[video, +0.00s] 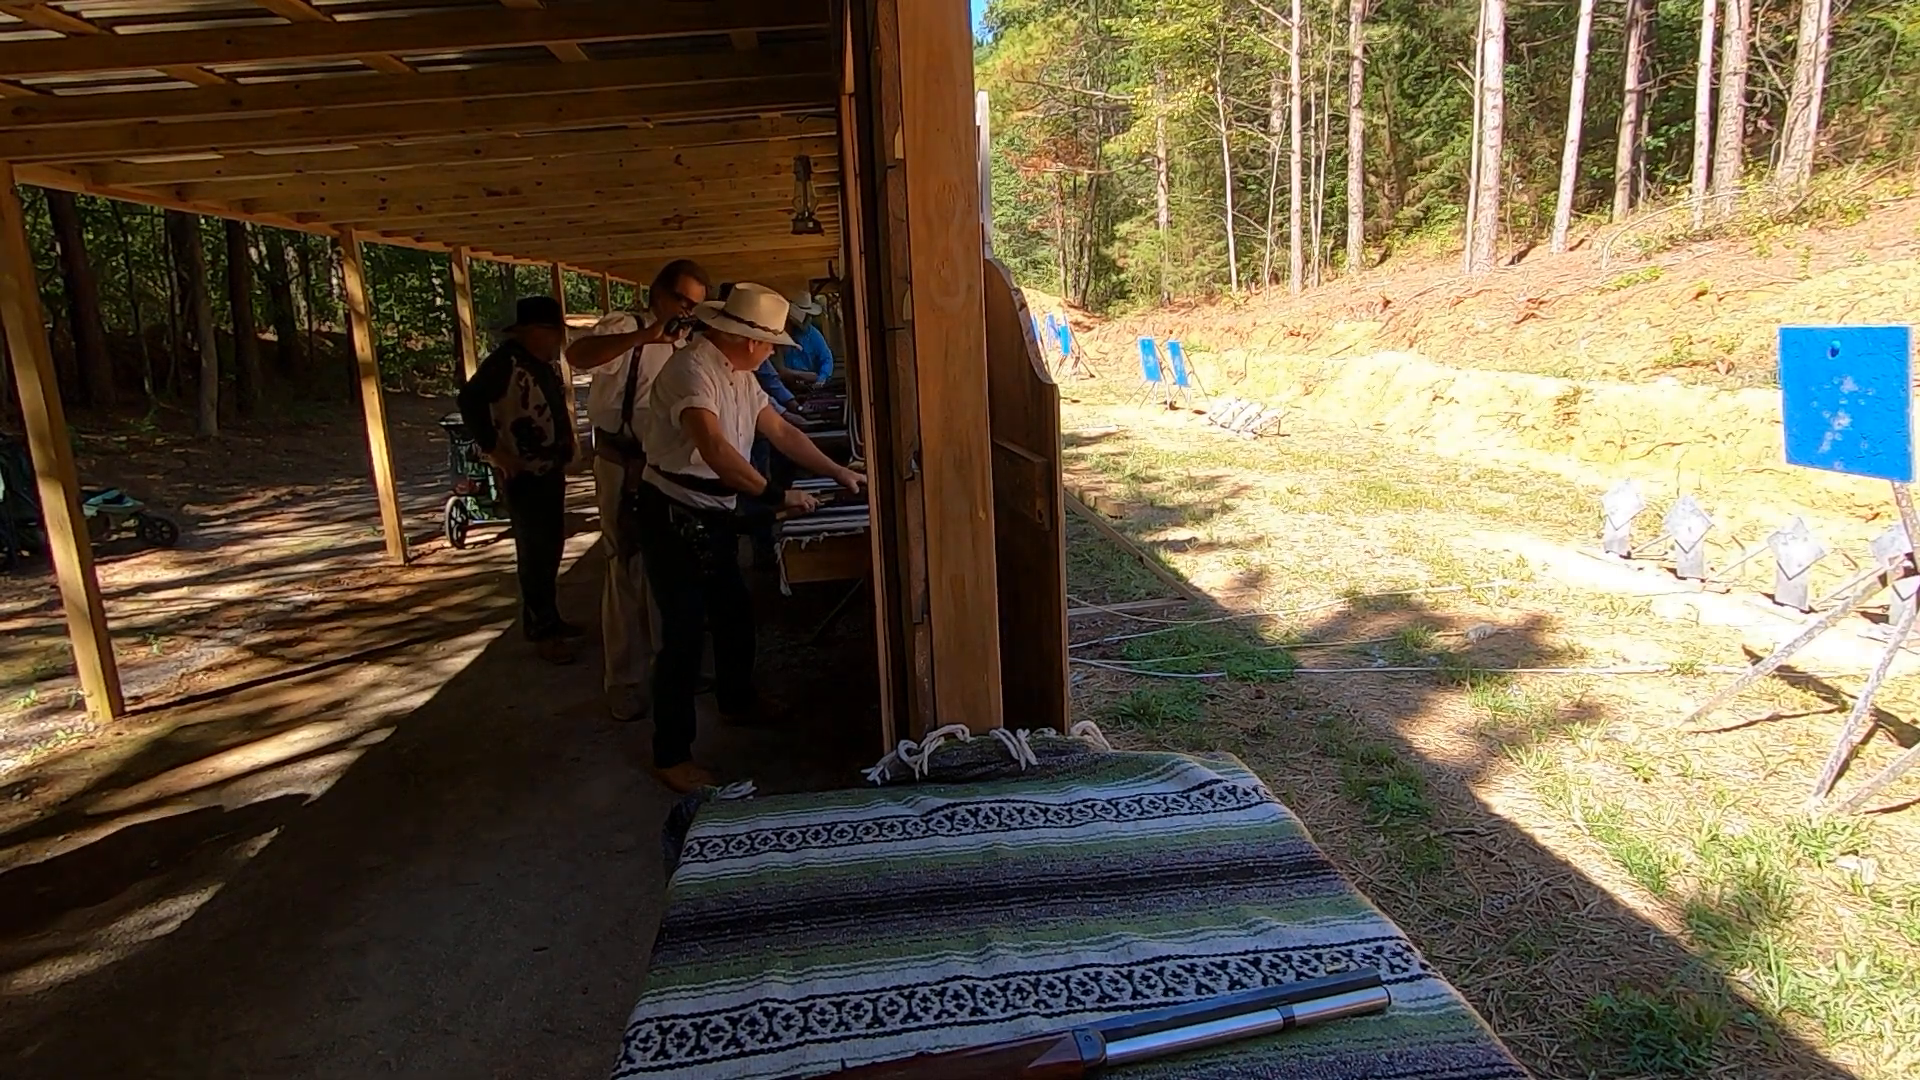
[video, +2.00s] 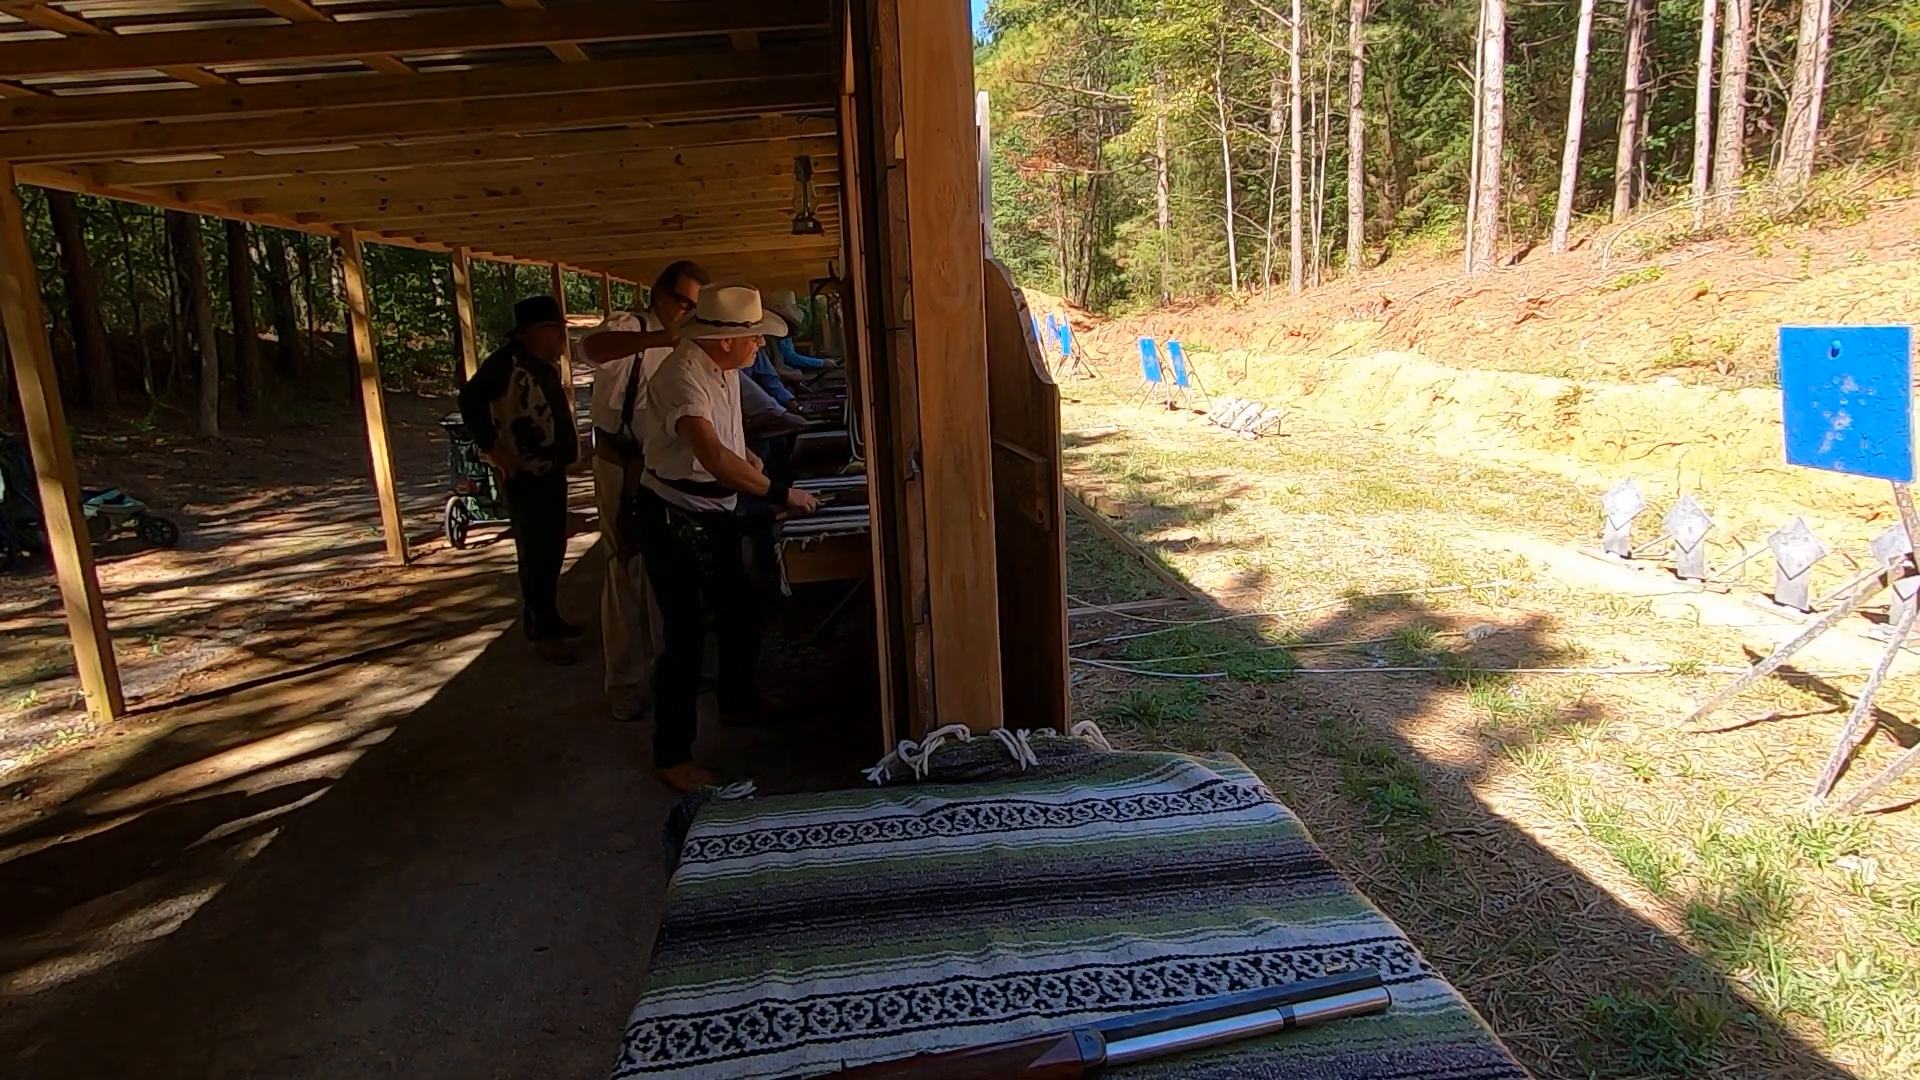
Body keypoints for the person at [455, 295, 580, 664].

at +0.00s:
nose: (560, 339)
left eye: (560, 331)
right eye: (555, 331)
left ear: (544, 332)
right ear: (535, 331)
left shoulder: (546, 364)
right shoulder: (506, 359)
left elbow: (552, 408)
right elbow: (469, 399)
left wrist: (565, 442)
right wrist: (493, 448)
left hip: (550, 472)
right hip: (524, 475)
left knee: (550, 550)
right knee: (535, 553)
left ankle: (548, 621)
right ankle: (541, 630)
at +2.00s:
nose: (563, 337)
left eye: (563, 330)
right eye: (557, 330)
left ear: (546, 333)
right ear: (534, 331)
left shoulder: (546, 366)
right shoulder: (506, 361)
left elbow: (551, 412)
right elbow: (470, 399)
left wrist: (565, 449)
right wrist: (491, 448)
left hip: (551, 473)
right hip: (525, 475)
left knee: (552, 550)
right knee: (536, 552)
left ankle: (549, 620)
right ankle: (541, 630)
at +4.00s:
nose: (564, 339)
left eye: (564, 331)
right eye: (558, 331)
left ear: (545, 333)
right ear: (536, 332)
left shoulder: (545, 365)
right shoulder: (507, 362)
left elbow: (552, 411)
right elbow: (470, 399)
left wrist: (566, 446)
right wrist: (492, 448)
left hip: (551, 472)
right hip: (526, 475)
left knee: (553, 548)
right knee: (536, 551)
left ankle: (547, 621)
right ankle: (542, 630)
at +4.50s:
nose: (565, 338)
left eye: (564, 330)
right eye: (559, 330)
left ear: (545, 333)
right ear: (537, 332)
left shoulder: (546, 365)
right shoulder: (507, 361)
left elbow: (552, 412)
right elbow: (471, 399)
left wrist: (566, 448)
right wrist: (493, 448)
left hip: (551, 473)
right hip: (526, 475)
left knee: (553, 549)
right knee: (536, 552)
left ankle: (549, 621)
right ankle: (541, 631)